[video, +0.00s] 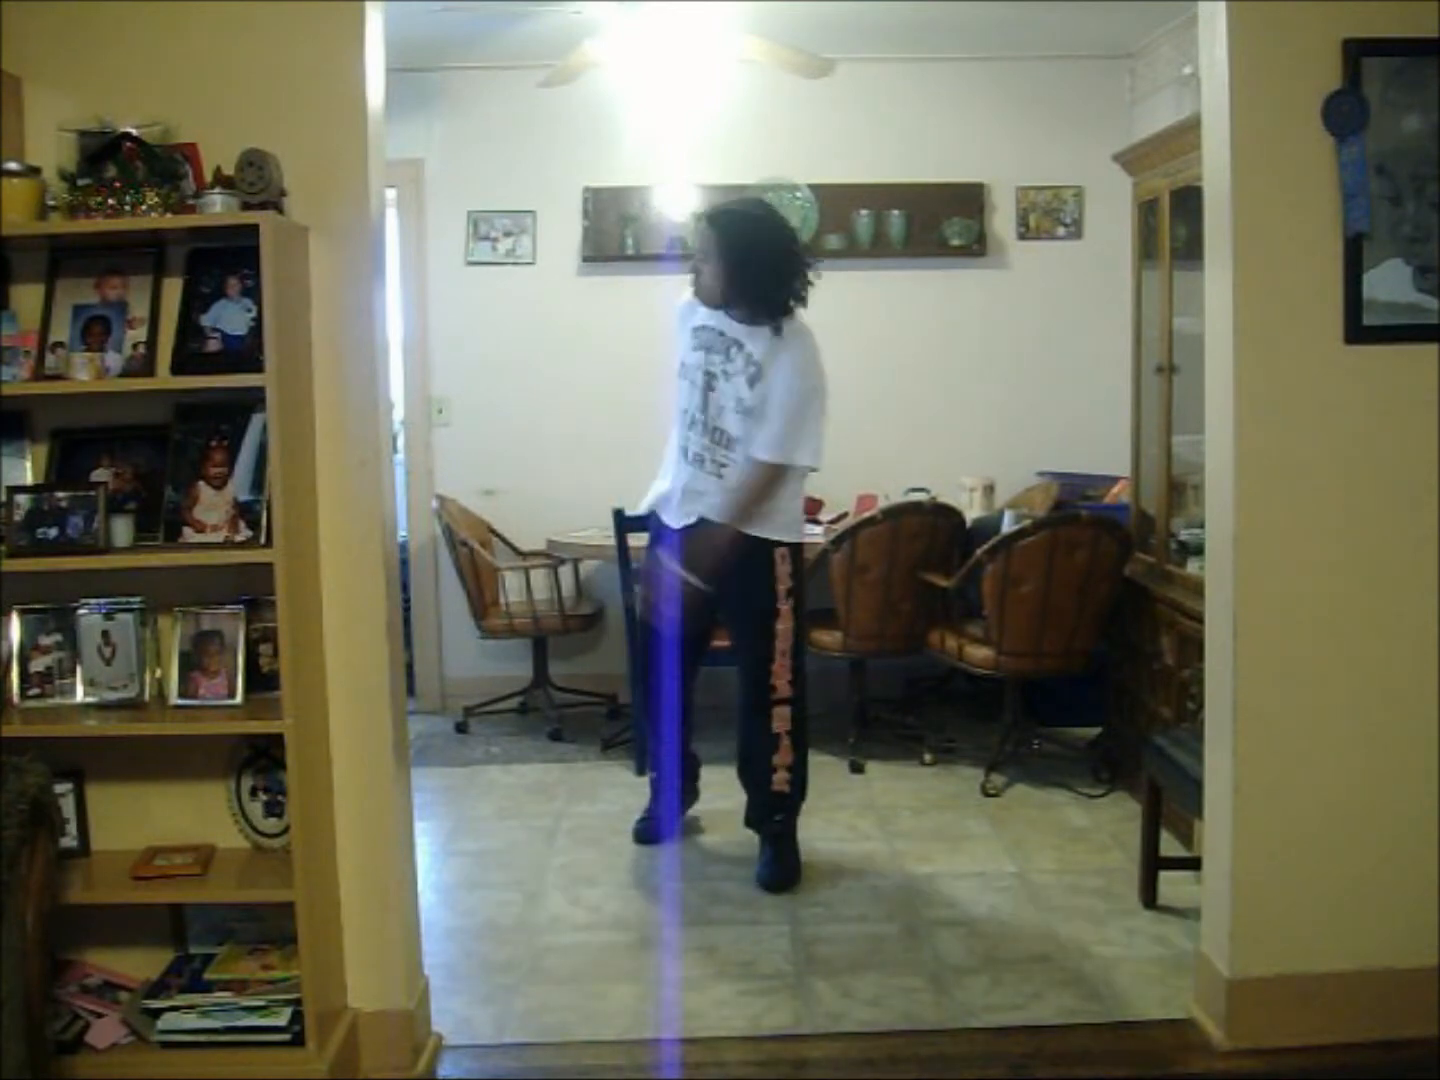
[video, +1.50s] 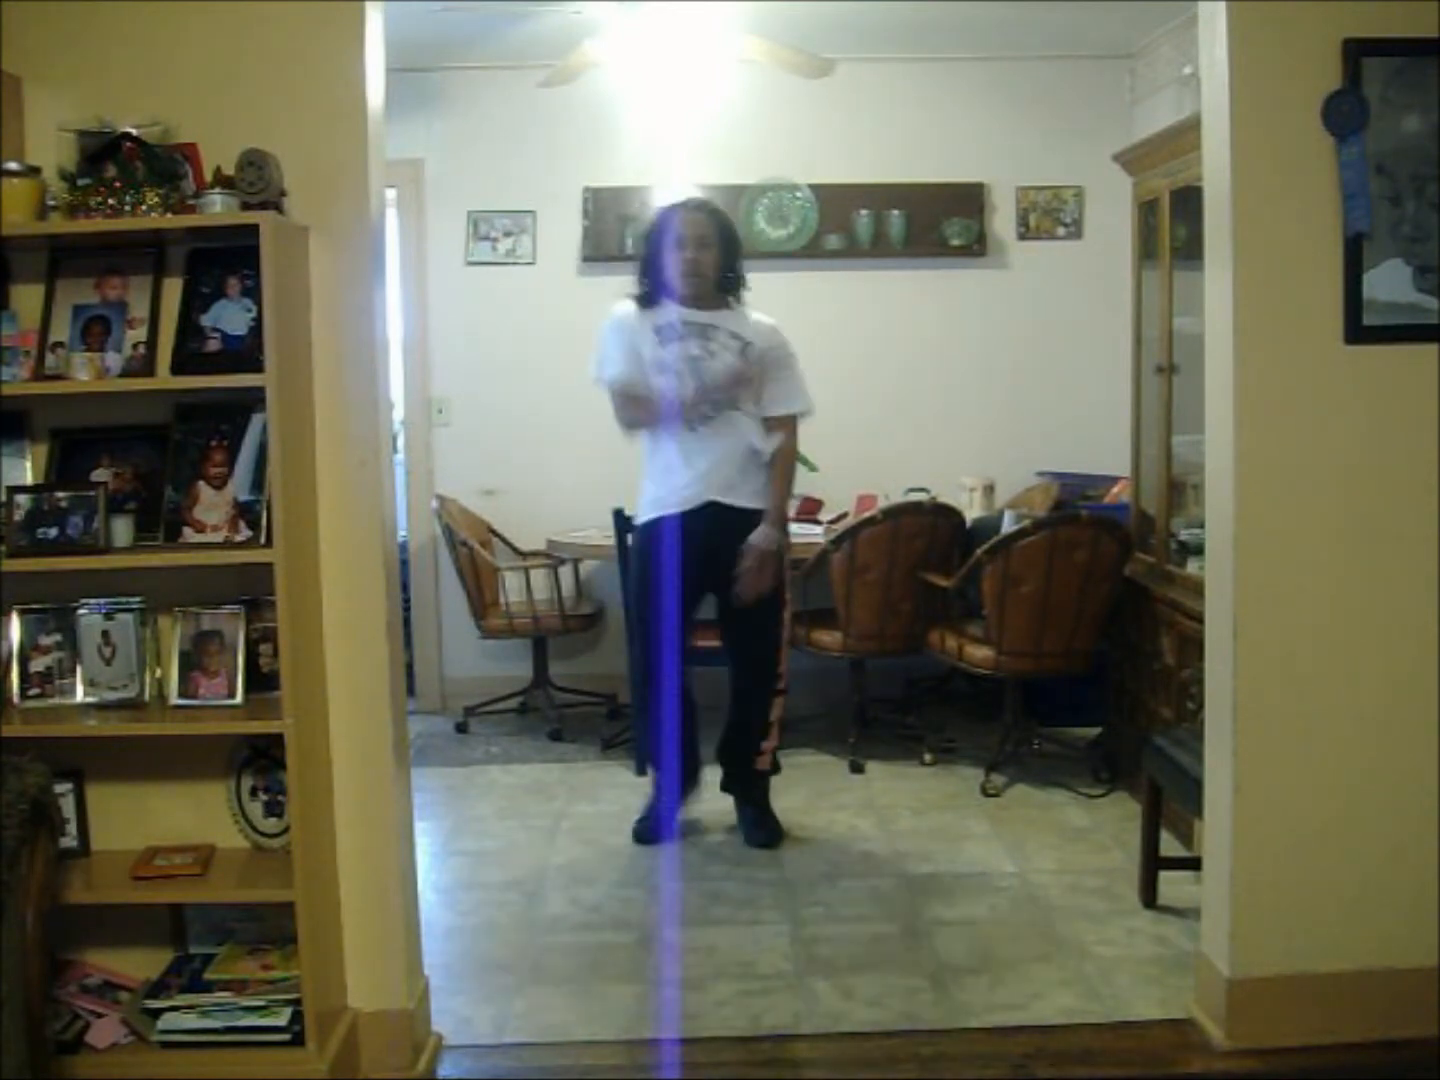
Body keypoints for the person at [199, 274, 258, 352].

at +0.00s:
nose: (233, 289)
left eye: (235, 285)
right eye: (230, 286)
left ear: (240, 287)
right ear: (225, 288)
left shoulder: (247, 304)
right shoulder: (221, 304)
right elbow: (205, 320)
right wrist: (210, 335)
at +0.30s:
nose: (233, 288)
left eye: (235, 285)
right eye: (230, 286)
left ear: (240, 287)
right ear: (226, 288)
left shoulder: (247, 303)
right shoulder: (221, 304)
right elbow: (205, 320)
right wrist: (210, 335)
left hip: (244, 338)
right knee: (212, 342)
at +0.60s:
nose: (233, 289)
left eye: (235, 285)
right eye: (230, 286)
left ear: (240, 287)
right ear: (225, 288)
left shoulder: (247, 304)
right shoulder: (221, 304)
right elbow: (205, 320)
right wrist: (210, 335)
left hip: (244, 338)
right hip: (225, 337)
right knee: (212, 342)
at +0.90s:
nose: (233, 289)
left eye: (235, 285)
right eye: (230, 286)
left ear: (240, 287)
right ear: (225, 288)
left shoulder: (247, 304)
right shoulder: (221, 304)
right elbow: (205, 320)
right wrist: (210, 335)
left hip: (244, 338)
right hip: (225, 337)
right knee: (212, 342)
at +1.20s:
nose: (233, 288)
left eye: (235, 285)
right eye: (230, 286)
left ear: (240, 287)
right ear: (225, 288)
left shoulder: (247, 303)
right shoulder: (221, 304)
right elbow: (206, 320)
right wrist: (210, 335)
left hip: (244, 338)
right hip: (224, 337)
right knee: (212, 341)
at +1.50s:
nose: (233, 289)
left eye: (235, 285)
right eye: (230, 286)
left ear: (240, 287)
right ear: (225, 288)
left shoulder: (247, 304)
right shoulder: (220, 304)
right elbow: (205, 320)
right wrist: (210, 335)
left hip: (244, 337)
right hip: (224, 337)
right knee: (212, 341)